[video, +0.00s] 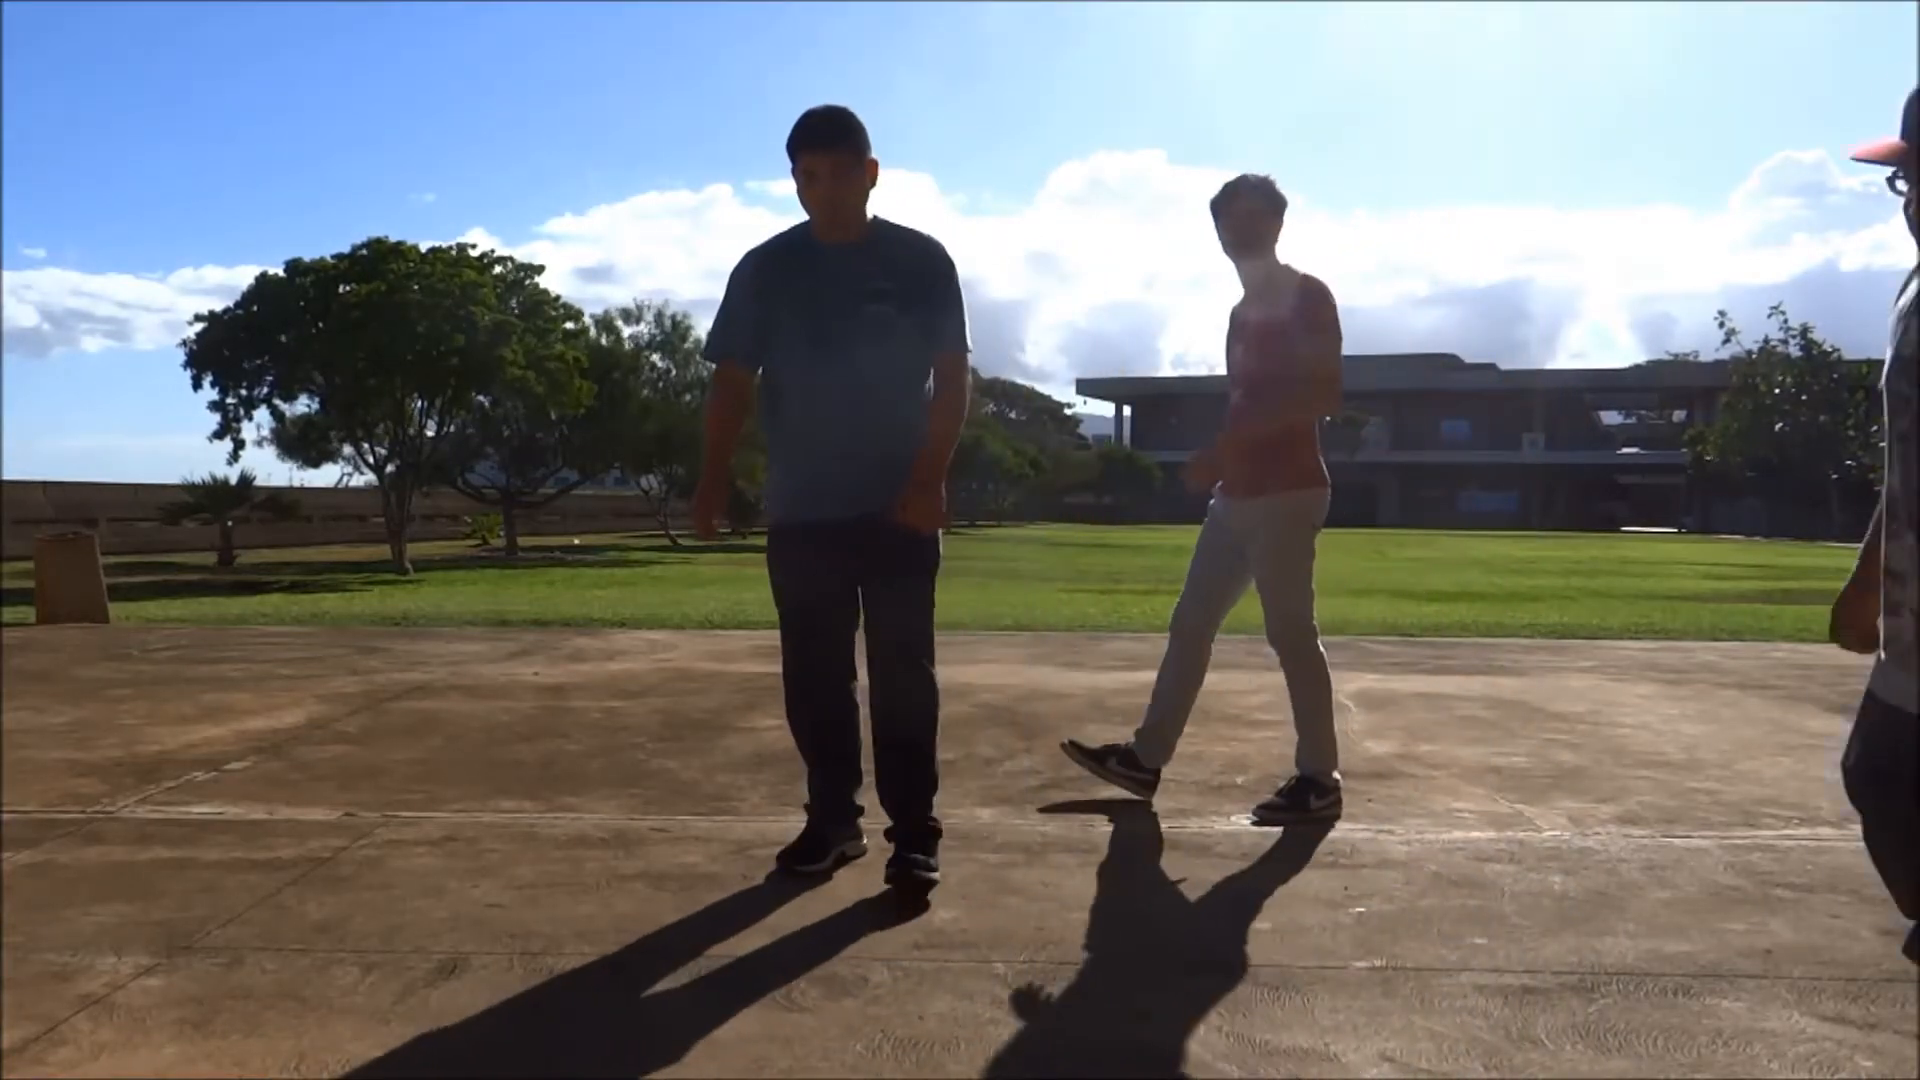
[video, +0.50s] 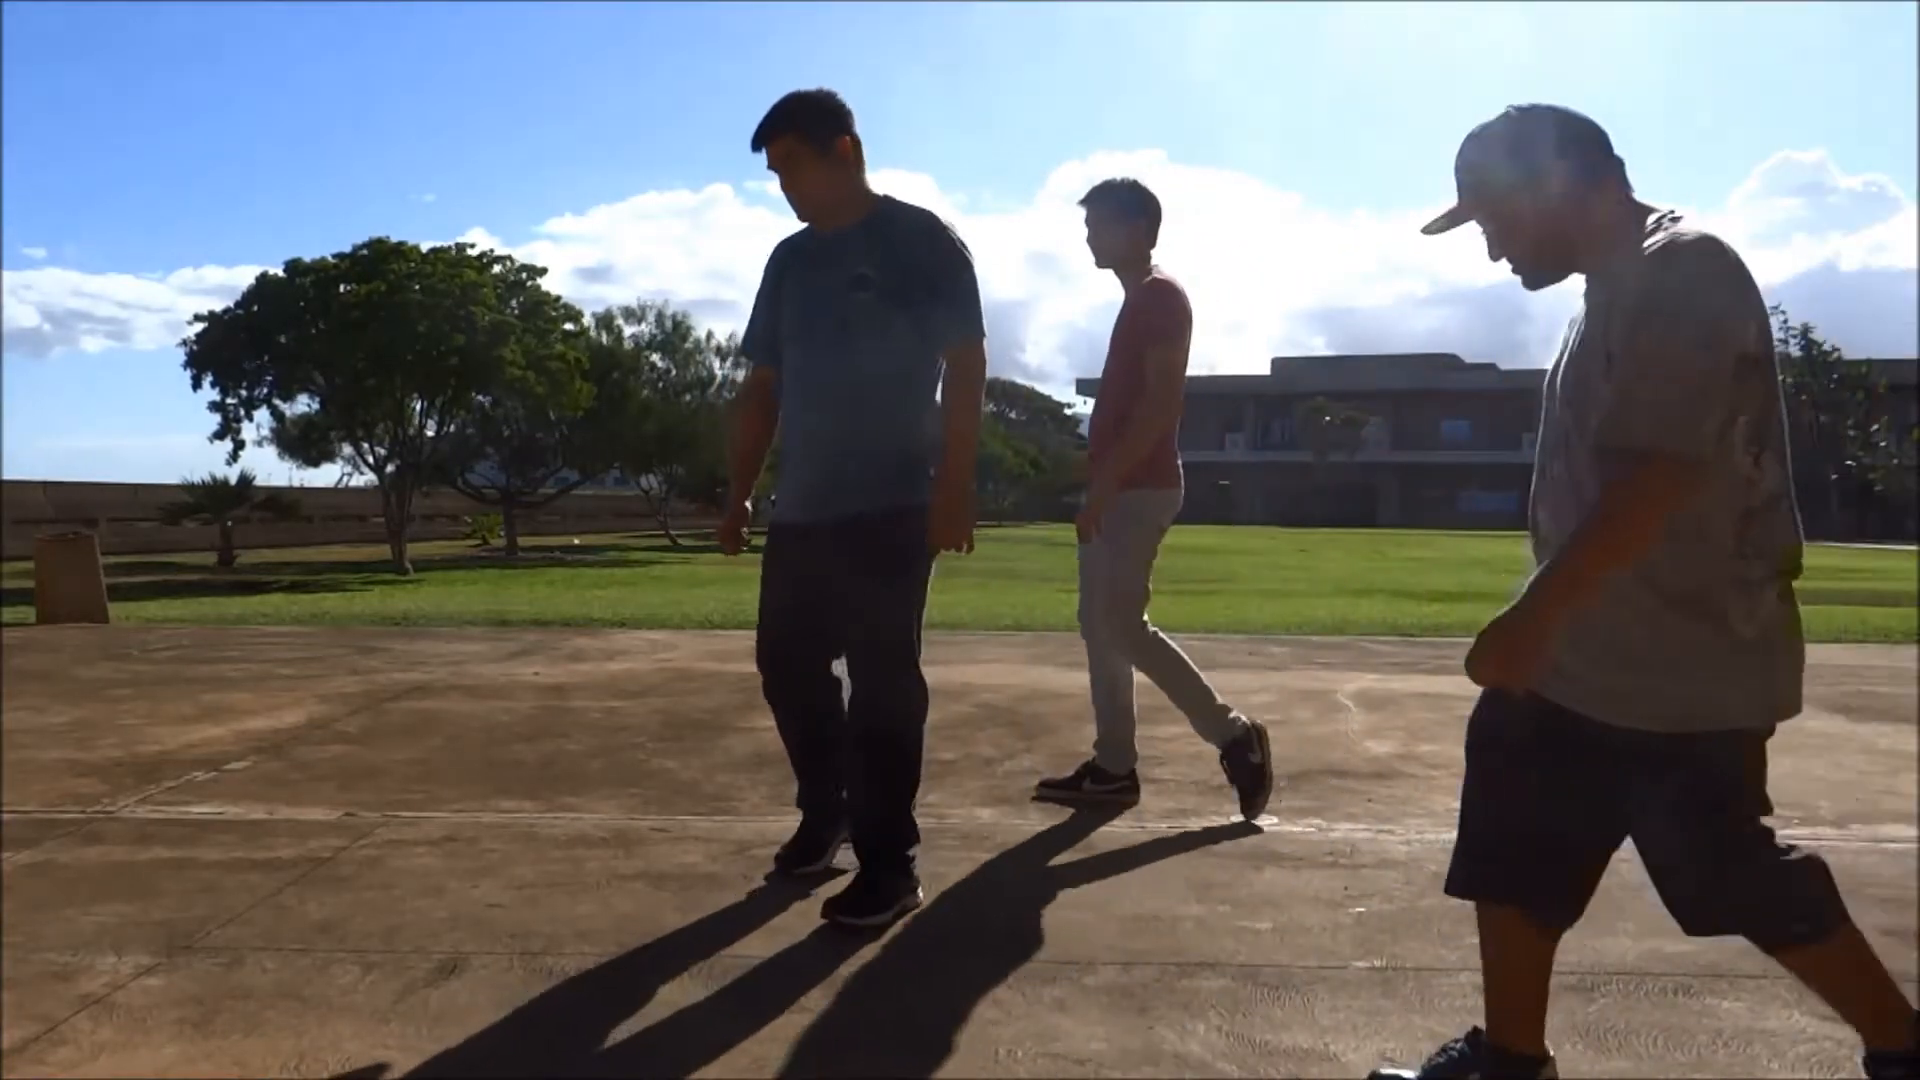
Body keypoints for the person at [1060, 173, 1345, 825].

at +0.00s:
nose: (1230, 232)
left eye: (1242, 218)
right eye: (1223, 222)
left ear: (1274, 221)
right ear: (1218, 231)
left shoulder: (1309, 296)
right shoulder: (1241, 315)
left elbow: (1324, 395)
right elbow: (1249, 403)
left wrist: (1229, 443)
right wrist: (1220, 461)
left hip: (1288, 495)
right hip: (1239, 493)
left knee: (1293, 636)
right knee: (1191, 624)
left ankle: (1319, 778)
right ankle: (1145, 759)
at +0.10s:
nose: (1200, 237)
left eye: (1211, 223)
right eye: (1196, 226)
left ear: (1248, 226)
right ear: (1199, 233)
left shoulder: (1282, 298)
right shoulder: (1223, 313)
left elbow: (1292, 393)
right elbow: (1232, 405)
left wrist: (1203, 439)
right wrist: (1195, 459)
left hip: (1262, 499)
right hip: (1214, 499)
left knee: (1276, 636)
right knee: (1172, 628)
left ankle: (1316, 777)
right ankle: (1131, 765)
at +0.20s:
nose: (1168, 242)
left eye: (1178, 228)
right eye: (1166, 230)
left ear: (1218, 228)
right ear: (1180, 235)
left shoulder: (1249, 302)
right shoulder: (1206, 310)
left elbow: (1249, 406)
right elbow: (1205, 409)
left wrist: (1164, 458)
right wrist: (1167, 473)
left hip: (1234, 502)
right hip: (1187, 502)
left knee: (1256, 636)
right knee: (1147, 628)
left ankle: (1312, 774)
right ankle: (1119, 768)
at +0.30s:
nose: (1136, 238)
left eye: (1145, 225)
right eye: (1136, 227)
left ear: (1184, 230)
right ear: (1172, 234)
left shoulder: (1215, 302)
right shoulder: (1186, 305)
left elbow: (1214, 405)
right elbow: (1185, 408)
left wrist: (1138, 472)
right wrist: (1146, 478)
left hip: (1200, 499)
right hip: (1159, 497)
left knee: (1230, 634)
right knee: (1122, 625)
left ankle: (1305, 764)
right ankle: (1114, 769)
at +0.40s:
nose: (1111, 238)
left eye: (1120, 226)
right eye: (1111, 227)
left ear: (1160, 229)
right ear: (1146, 233)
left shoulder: (1185, 299)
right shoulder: (1160, 303)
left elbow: (1183, 413)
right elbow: (1156, 410)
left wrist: (1115, 481)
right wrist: (1112, 487)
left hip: (1167, 494)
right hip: (1133, 493)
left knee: (1180, 629)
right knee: (1107, 624)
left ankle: (1283, 753)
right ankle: (1113, 768)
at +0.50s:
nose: (1088, 236)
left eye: (1096, 225)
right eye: (1087, 226)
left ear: (1136, 227)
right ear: (1124, 231)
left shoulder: (1160, 298)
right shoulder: (1140, 301)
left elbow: (1159, 408)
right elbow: (1138, 405)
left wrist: (1105, 485)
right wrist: (1099, 485)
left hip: (1141, 491)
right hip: (1118, 490)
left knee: (1119, 625)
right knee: (1098, 624)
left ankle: (1237, 738)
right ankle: (1113, 768)